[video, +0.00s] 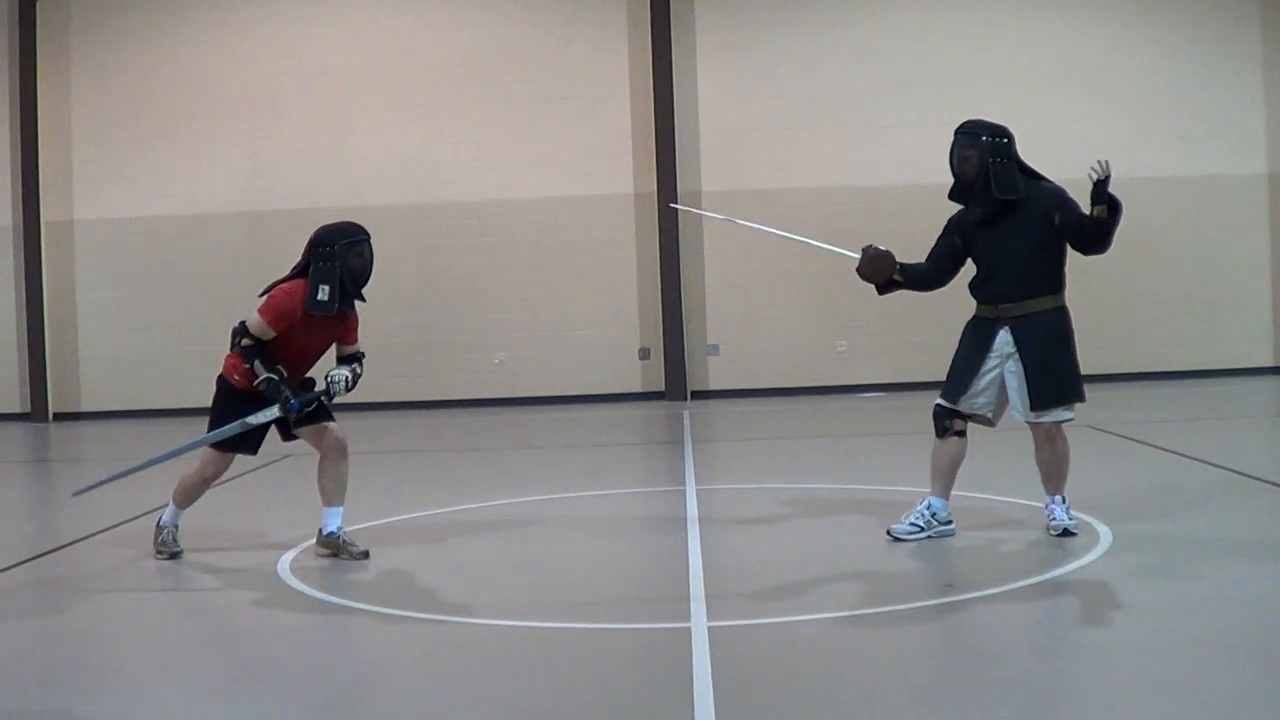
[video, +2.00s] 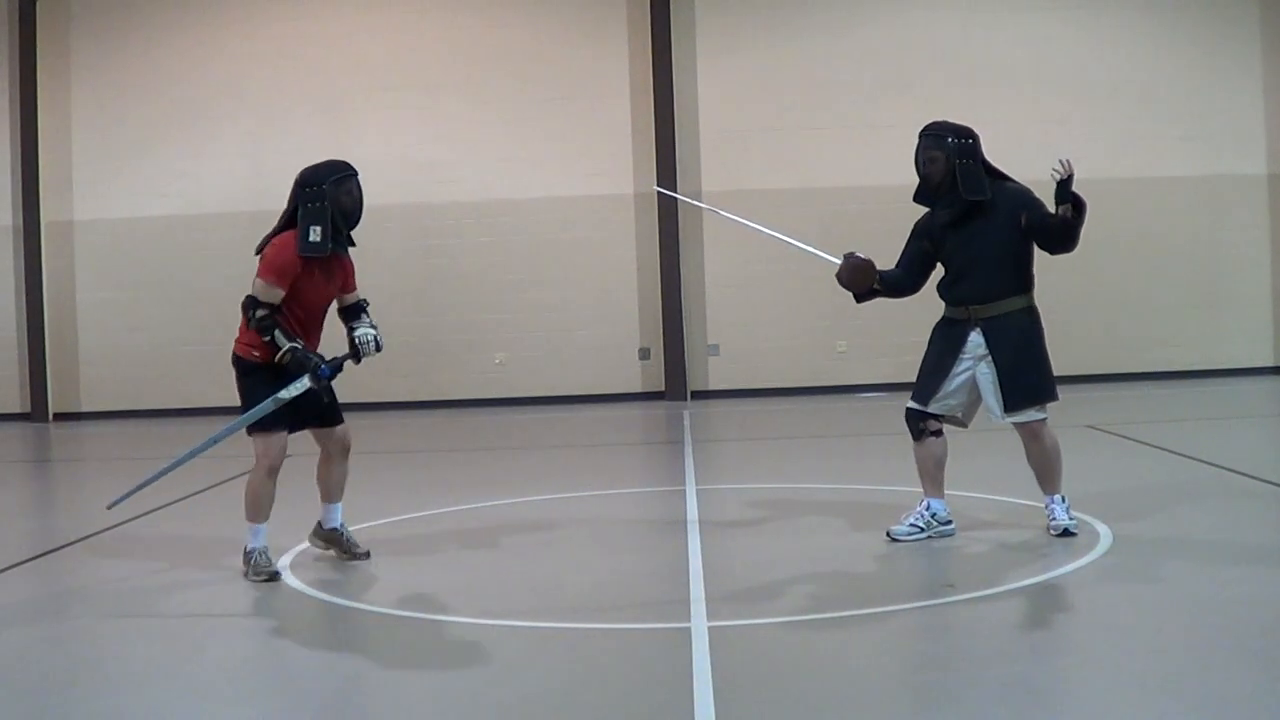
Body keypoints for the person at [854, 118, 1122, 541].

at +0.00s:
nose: (958, 168)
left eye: (966, 159)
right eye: (956, 159)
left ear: (993, 158)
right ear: (958, 160)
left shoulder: (1046, 199)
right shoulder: (967, 220)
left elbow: (1092, 243)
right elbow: (936, 272)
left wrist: (1102, 207)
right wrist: (891, 272)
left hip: (1041, 324)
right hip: (986, 325)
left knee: (1045, 420)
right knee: (950, 413)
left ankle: (1056, 505)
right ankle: (936, 510)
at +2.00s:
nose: (923, 168)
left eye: (931, 158)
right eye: (920, 160)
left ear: (958, 158)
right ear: (922, 163)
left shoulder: (1013, 199)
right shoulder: (934, 220)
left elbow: (1059, 241)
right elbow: (907, 278)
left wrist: (1068, 204)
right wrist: (870, 279)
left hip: (1011, 325)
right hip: (956, 327)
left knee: (1030, 418)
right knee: (923, 416)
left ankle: (1055, 503)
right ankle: (934, 510)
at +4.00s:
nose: (1097, 178)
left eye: (1105, 171)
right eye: (1093, 170)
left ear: (1126, 175)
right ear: (1086, 173)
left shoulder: (1152, 226)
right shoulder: (1080, 223)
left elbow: (1188, 269)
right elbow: (1049, 266)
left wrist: (1227, 302)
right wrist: (1006, 268)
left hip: (1126, 331)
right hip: (1076, 328)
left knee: (1116, 414)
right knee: (1063, 421)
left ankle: (1096, 482)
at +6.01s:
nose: (1111, 209)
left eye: (1118, 202)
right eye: (1106, 203)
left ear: (1135, 204)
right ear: (1101, 208)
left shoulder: (1167, 240)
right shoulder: (1102, 254)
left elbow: (1208, 265)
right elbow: (1075, 300)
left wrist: (1228, 250)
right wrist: (1036, 288)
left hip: (1165, 334)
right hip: (1118, 334)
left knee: (1188, 412)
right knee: (1093, 392)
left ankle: (1171, 457)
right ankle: (1093, 461)